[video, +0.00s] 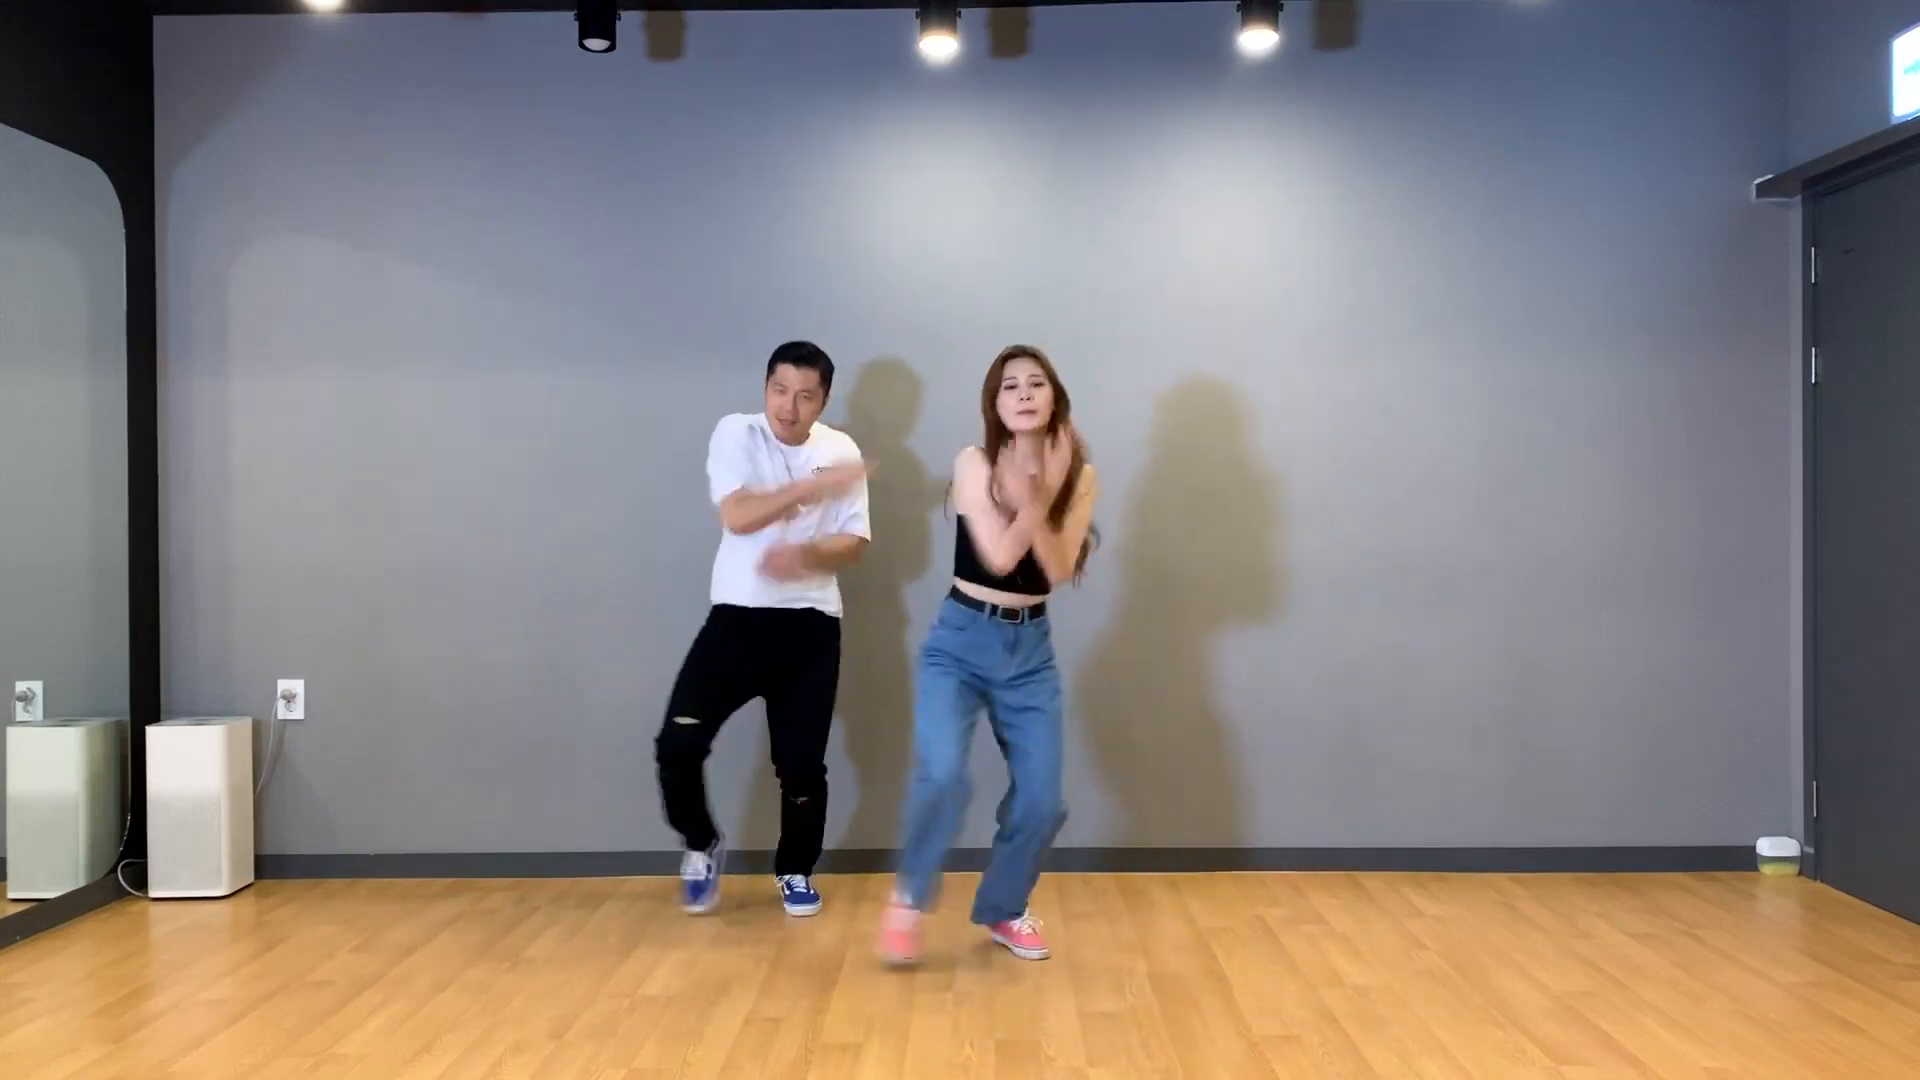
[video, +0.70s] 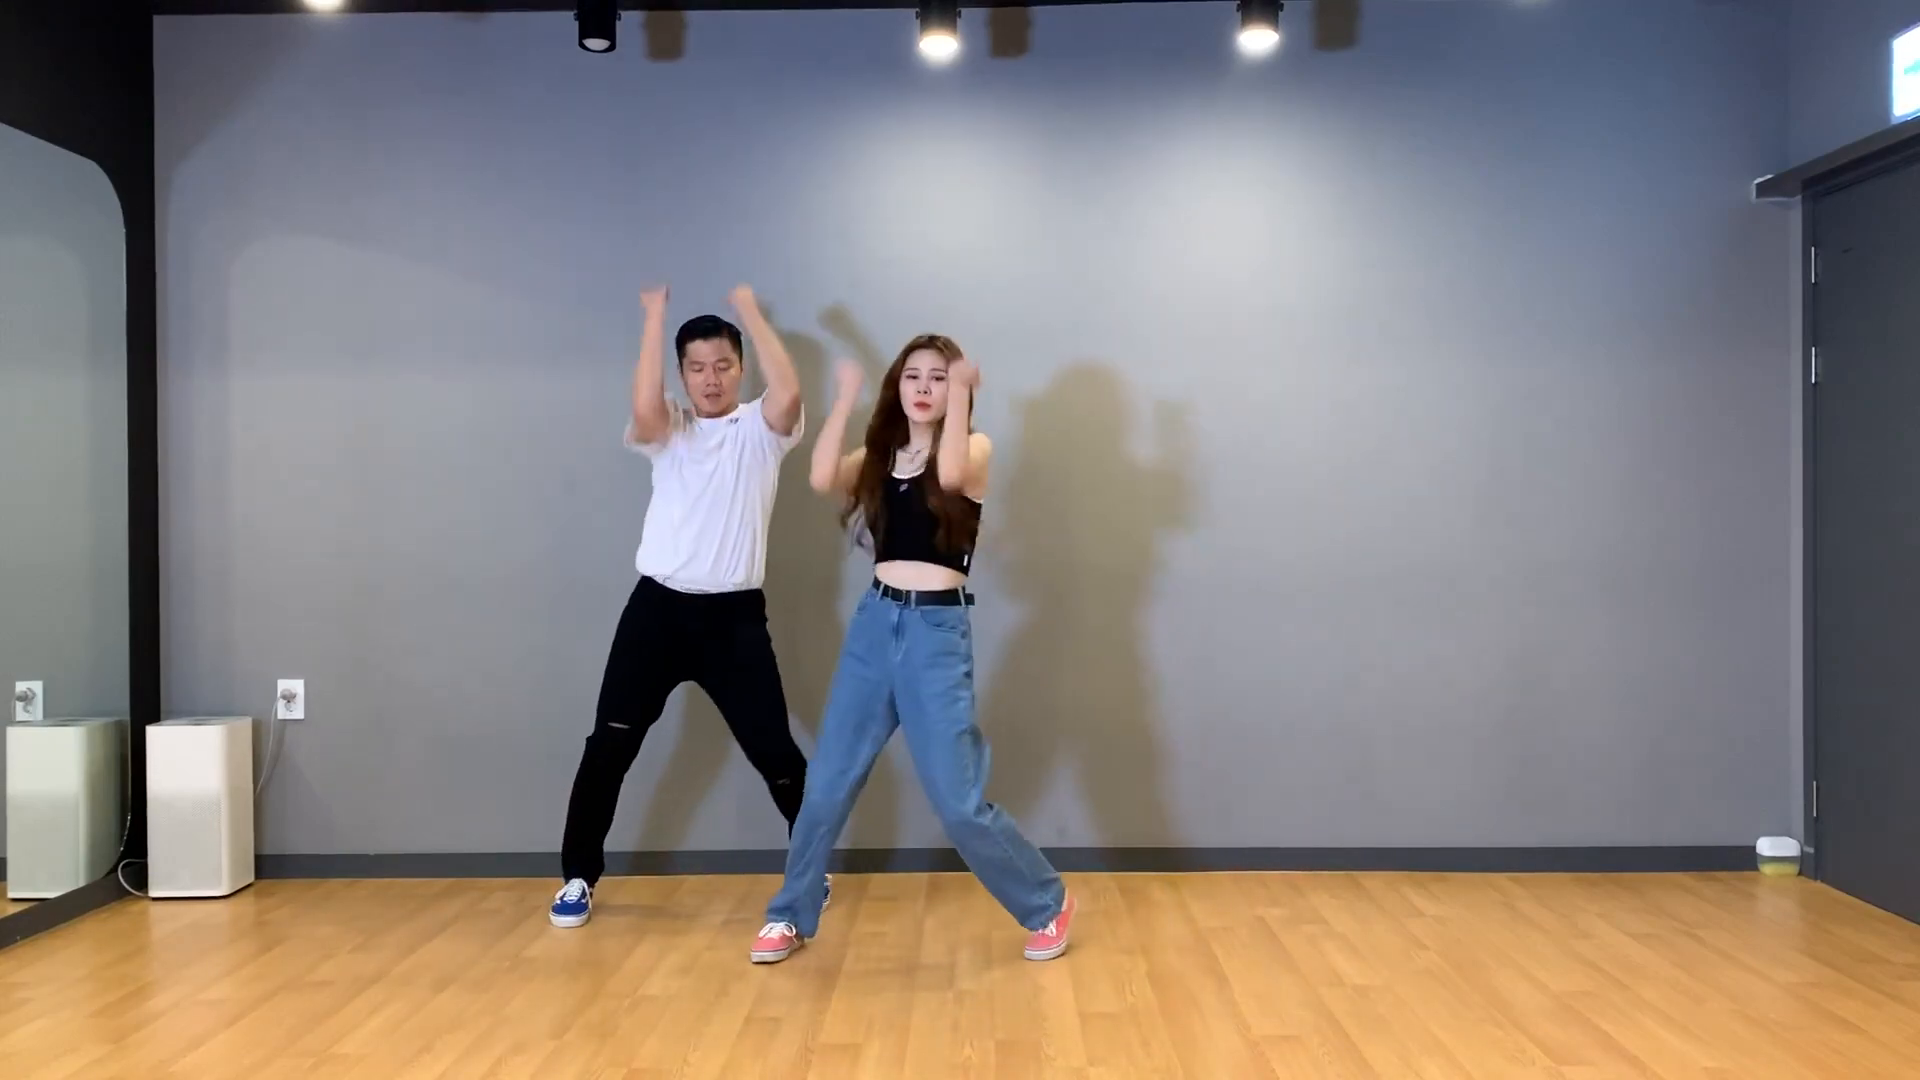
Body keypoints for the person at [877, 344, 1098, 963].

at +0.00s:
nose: (1022, 395)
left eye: (1034, 385)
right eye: (1010, 387)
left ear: (1055, 397)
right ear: (993, 401)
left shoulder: (1076, 475)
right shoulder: (975, 464)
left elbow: (1061, 570)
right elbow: (998, 556)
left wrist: (1035, 501)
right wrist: (1046, 490)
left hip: (1029, 646)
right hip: (959, 639)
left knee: (1043, 801)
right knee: (942, 774)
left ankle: (1002, 910)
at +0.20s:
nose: (979, 385)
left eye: (989, 376)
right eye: (965, 379)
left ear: (1009, 391)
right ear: (947, 398)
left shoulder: (1034, 469)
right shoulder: (925, 461)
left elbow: (1101, 523)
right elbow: (841, 510)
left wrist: (1155, 561)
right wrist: (780, 528)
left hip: (989, 650)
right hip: (922, 640)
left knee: (1017, 798)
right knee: (845, 779)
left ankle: (1008, 916)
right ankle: (772, 905)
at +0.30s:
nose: (962, 386)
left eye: (973, 375)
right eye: (949, 377)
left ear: (992, 388)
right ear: (930, 391)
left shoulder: (1018, 447)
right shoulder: (907, 440)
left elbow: (1098, 436)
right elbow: (819, 415)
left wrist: (1162, 420)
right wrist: (736, 387)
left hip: (983, 643)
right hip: (912, 634)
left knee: (1009, 798)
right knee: (841, 778)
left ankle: (1006, 916)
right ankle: (771, 907)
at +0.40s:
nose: (951, 387)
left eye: (963, 376)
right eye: (938, 376)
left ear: (980, 386)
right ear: (918, 388)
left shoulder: (1001, 441)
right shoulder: (897, 439)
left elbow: (1069, 372)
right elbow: (827, 361)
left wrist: (1126, 319)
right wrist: (759, 294)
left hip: (976, 637)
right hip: (902, 631)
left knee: (1007, 795)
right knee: (842, 776)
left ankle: (1010, 914)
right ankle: (775, 909)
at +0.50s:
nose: (936, 388)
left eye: (948, 378)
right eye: (925, 377)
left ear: (966, 390)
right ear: (906, 386)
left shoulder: (983, 442)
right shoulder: (887, 439)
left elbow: (1028, 345)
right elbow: (827, 351)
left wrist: (1048, 254)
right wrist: (801, 262)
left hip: (962, 629)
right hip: (887, 624)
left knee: (993, 787)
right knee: (845, 776)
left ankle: (1020, 911)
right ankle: (789, 915)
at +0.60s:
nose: (923, 383)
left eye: (936, 374)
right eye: (912, 374)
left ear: (953, 390)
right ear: (895, 387)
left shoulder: (965, 454)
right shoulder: (878, 447)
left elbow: (977, 398)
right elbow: (820, 399)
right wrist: (839, 335)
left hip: (944, 623)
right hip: (877, 617)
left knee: (963, 793)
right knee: (834, 781)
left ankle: (1043, 905)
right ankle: (792, 916)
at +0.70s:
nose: (923, 387)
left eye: (936, 377)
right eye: (914, 376)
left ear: (956, 391)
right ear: (897, 387)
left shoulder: (973, 447)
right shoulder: (880, 457)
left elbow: (951, 480)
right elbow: (823, 478)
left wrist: (961, 401)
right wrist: (843, 402)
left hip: (936, 635)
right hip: (873, 626)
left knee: (958, 805)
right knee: (828, 782)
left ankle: (1047, 902)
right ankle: (791, 915)